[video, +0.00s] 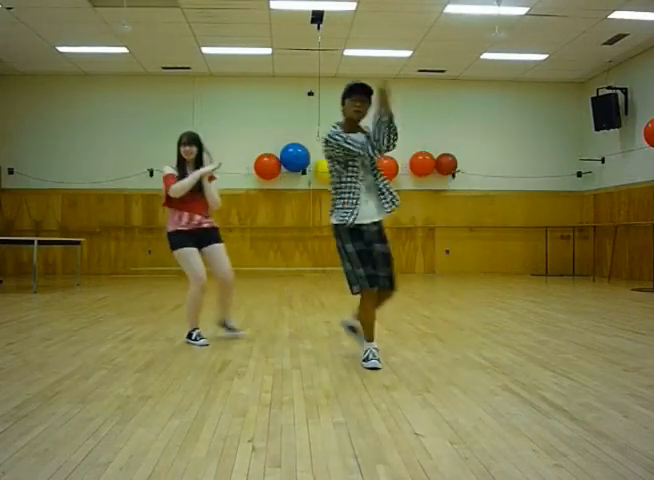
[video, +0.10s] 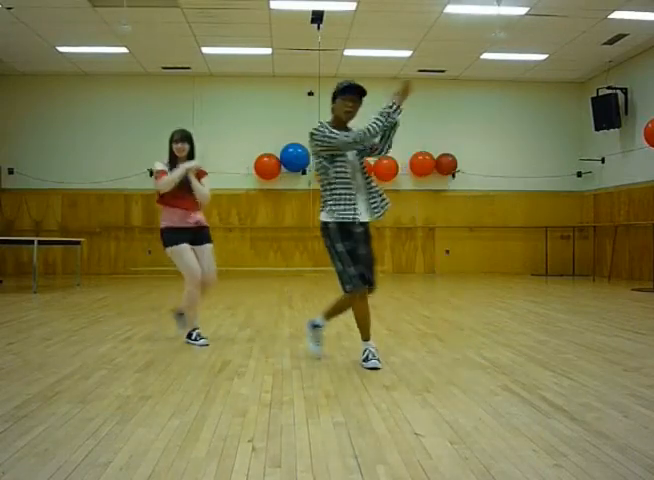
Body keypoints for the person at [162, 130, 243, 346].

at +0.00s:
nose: (187, 149)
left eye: (192, 145)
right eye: (184, 145)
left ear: (199, 148)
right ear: (179, 149)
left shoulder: (206, 173)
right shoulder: (171, 172)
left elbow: (215, 204)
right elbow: (175, 192)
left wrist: (206, 178)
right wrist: (200, 172)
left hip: (206, 227)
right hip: (180, 230)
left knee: (226, 276)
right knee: (199, 278)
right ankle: (193, 330)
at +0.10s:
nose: (180, 146)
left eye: (184, 142)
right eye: (176, 142)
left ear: (191, 146)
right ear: (171, 146)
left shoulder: (198, 171)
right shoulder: (163, 168)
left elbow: (204, 199)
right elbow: (162, 187)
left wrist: (190, 175)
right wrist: (185, 167)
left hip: (198, 226)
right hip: (173, 227)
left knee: (209, 277)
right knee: (194, 275)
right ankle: (192, 329)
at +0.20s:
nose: (172, 145)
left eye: (176, 140)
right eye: (168, 141)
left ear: (183, 144)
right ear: (163, 144)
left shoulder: (191, 169)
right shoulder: (154, 168)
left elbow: (194, 193)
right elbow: (144, 189)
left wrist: (173, 173)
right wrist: (159, 166)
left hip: (188, 225)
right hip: (163, 224)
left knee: (178, 281)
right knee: (185, 272)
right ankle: (191, 330)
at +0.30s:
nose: (166, 146)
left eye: (170, 143)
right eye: (162, 142)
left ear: (176, 147)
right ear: (157, 146)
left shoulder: (184, 170)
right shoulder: (147, 171)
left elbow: (184, 188)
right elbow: (134, 201)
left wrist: (156, 174)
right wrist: (136, 176)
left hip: (175, 229)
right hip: (151, 227)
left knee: (160, 285)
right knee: (177, 273)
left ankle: (134, 320)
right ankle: (184, 329)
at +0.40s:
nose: (159, 149)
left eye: (163, 145)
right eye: (156, 145)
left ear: (170, 149)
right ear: (150, 149)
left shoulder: (177, 172)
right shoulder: (140, 175)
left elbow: (174, 190)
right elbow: (130, 209)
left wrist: (147, 176)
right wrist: (129, 182)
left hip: (170, 231)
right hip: (146, 229)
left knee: (151, 285)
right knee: (173, 273)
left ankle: (130, 323)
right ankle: (161, 325)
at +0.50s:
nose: (154, 150)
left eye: (158, 146)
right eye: (150, 146)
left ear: (164, 151)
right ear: (144, 150)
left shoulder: (173, 173)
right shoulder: (135, 177)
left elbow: (173, 194)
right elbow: (128, 211)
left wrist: (142, 183)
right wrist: (124, 190)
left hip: (167, 231)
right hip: (143, 229)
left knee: (150, 281)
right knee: (161, 278)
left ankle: (132, 323)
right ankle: (134, 321)